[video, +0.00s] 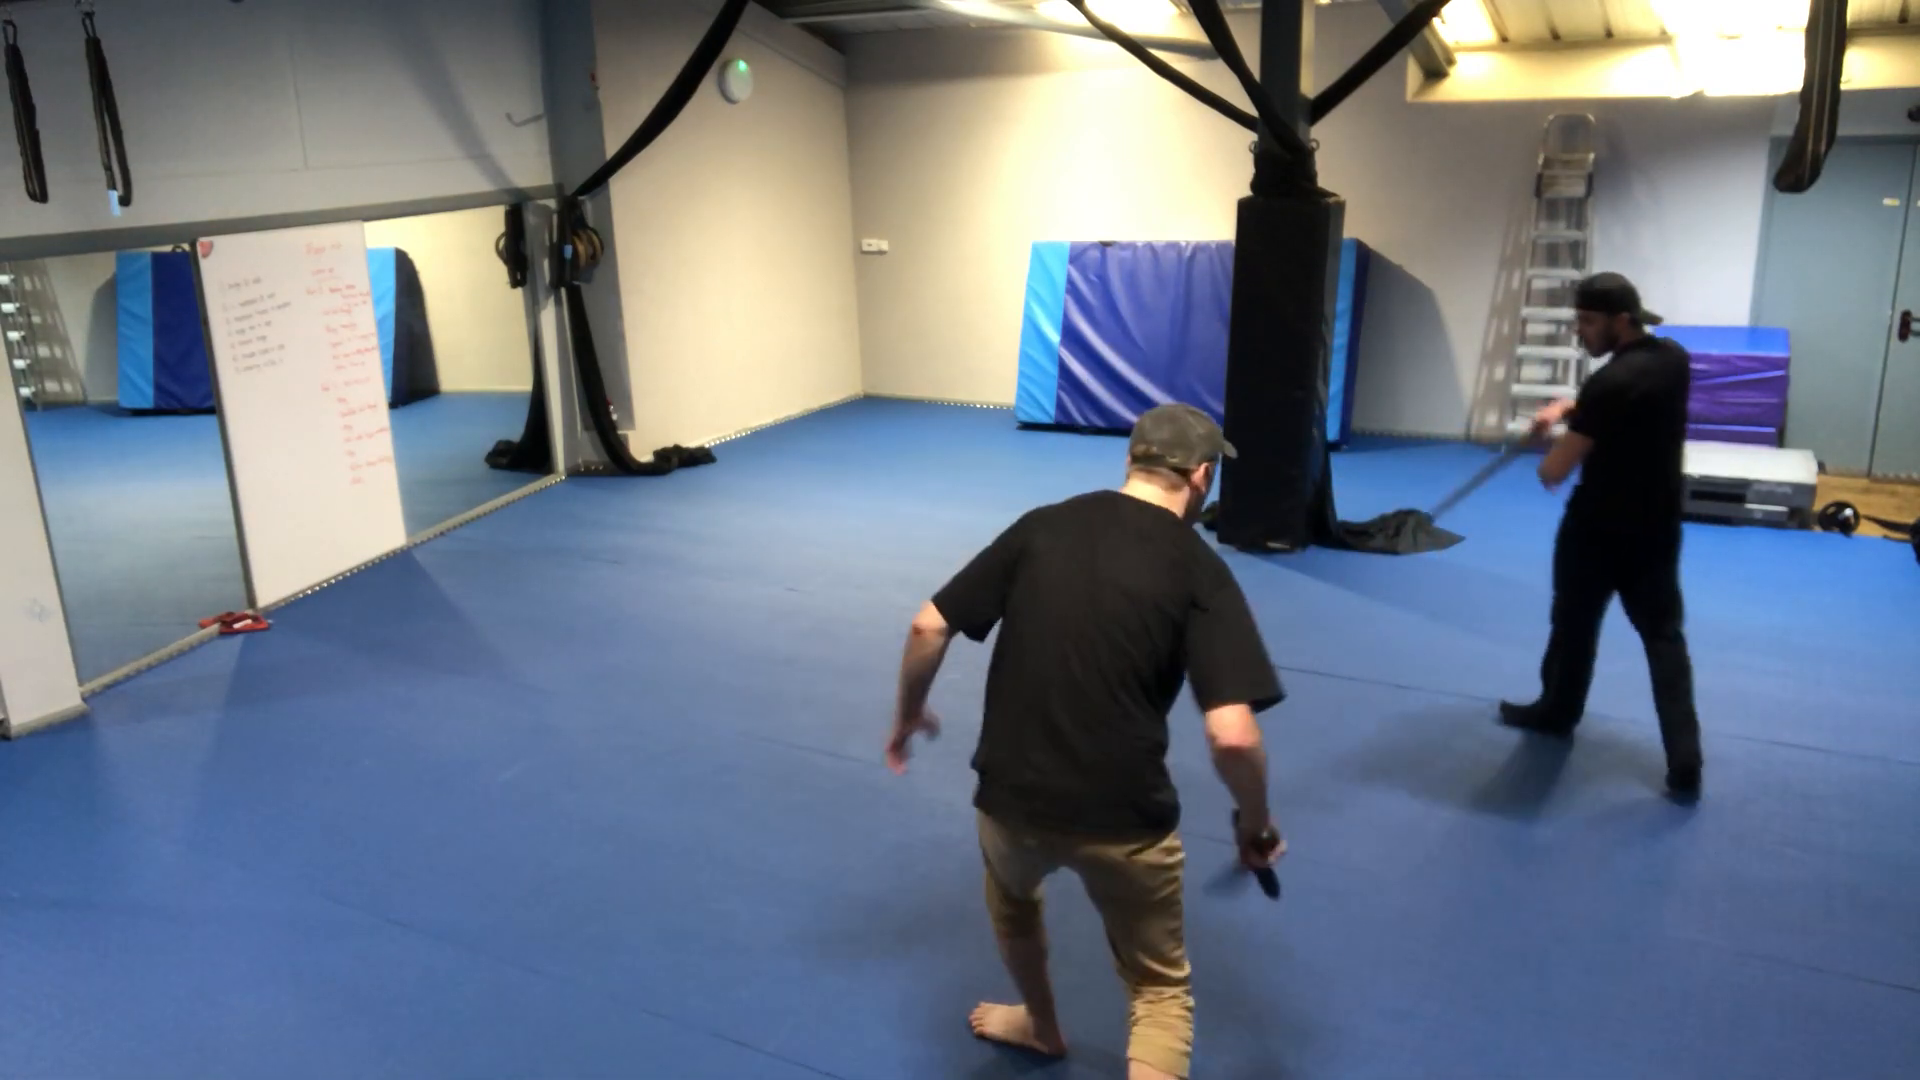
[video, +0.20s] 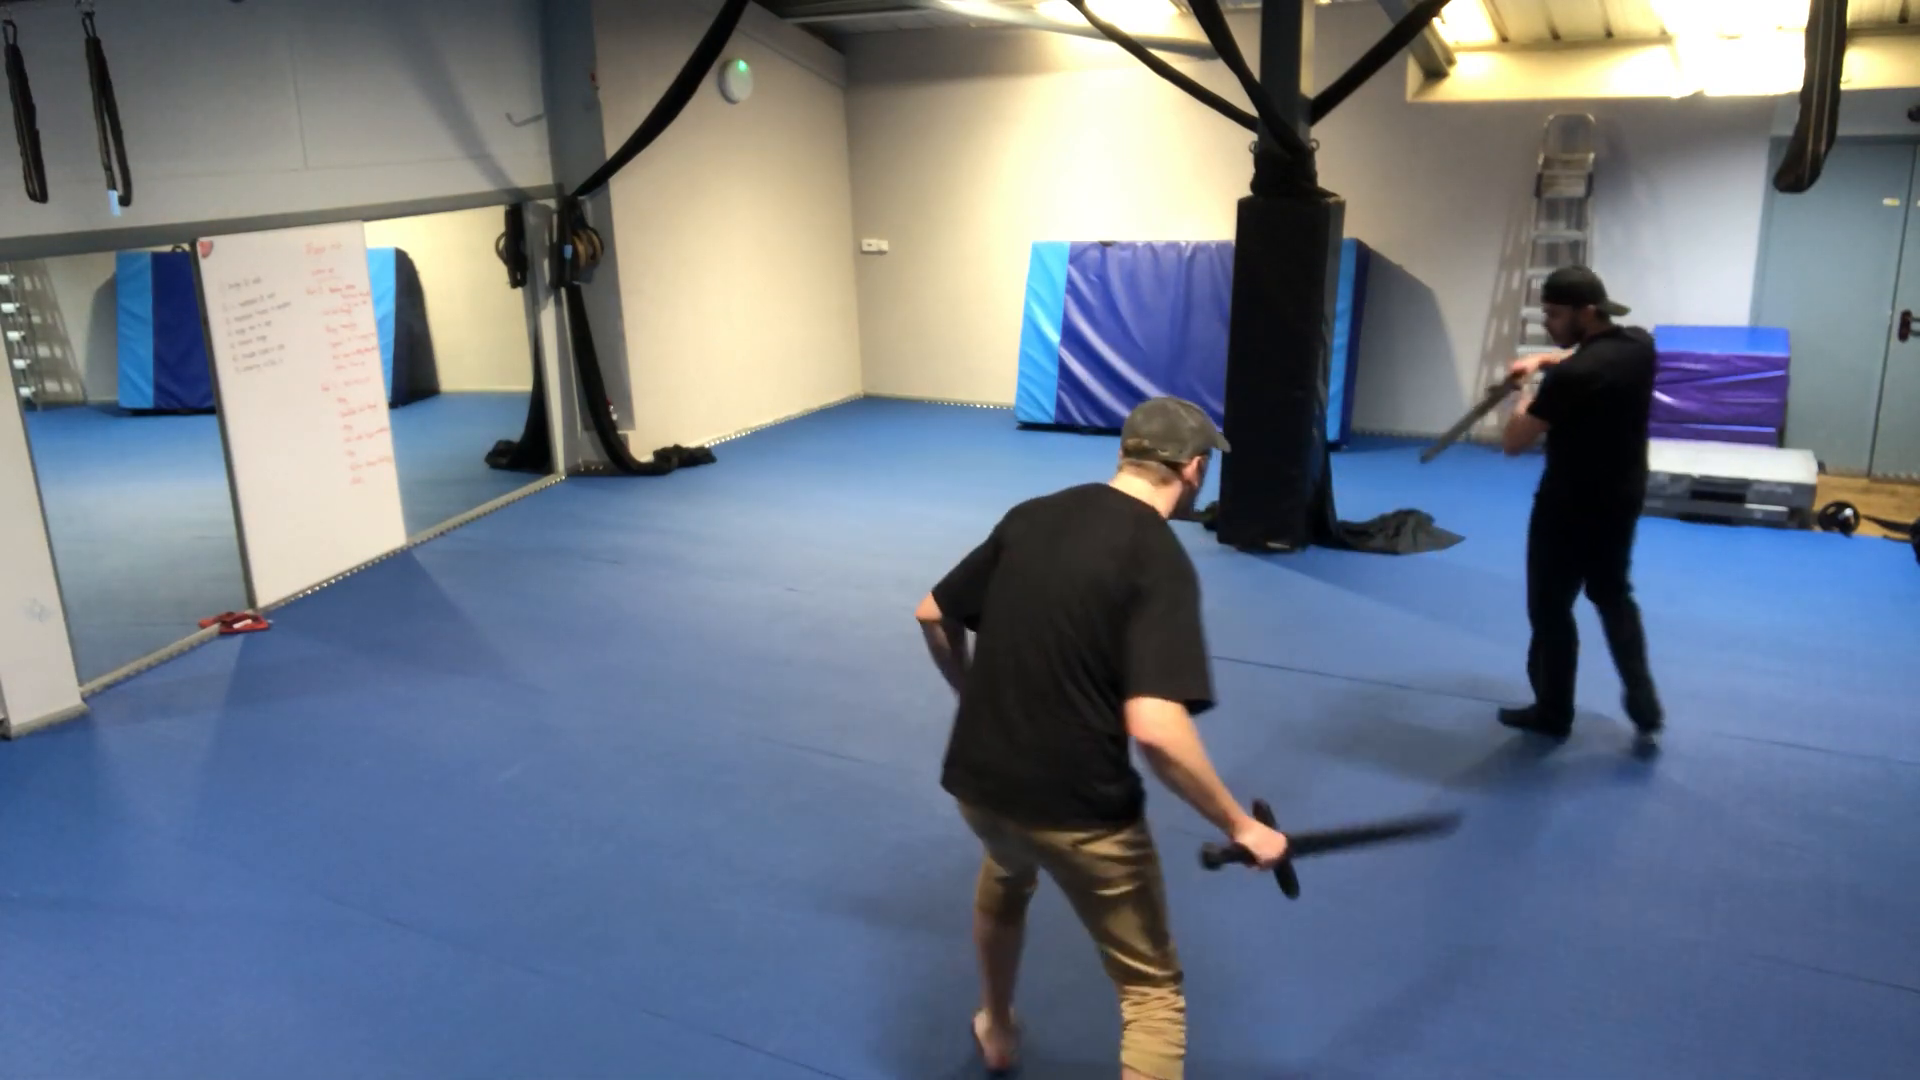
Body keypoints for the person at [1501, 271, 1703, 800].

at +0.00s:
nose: (1578, 332)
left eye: (1585, 322)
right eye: (1578, 321)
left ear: (1617, 321)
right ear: (1628, 320)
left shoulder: (1607, 384)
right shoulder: (1674, 359)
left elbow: (1553, 471)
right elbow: (1628, 413)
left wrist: (1552, 438)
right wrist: (1569, 411)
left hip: (1596, 526)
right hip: (1655, 525)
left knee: (1574, 623)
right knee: (1665, 637)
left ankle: (1557, 711)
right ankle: (1685, 767)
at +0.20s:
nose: (1547, 323)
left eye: (1552, 314)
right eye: (1546, 314)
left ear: (1585, 313)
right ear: (1596, 313)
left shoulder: (1569, 374)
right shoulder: (1640, 345)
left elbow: (1515, 438)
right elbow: (1591, 358)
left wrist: (1524, 394)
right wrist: (1539, 362)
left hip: (1567, 499)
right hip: (1622, 495)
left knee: (1550, 606)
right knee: (1610, 590)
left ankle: (1553, 711)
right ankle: (1643, 703)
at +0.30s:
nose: (1534, 322)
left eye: (1540, 313)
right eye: (1533, 312)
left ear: (1573, 311)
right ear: (1582, 312)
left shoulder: (1556, 372)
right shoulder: (1627, 342)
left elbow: (1495, 428)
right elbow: (1579, 362)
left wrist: (1510, 379)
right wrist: (1536, 355)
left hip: (1556, 497)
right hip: (1609, 493)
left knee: (1543, 603)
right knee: (1591, 583)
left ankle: (1552, 710)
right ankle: (1610, 692)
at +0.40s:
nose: (1524, 321)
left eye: (1530, 311)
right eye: (1523, 310)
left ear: (1561, 310)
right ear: (1570, 310)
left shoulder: (1545, 368)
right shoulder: (1613, 339)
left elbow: (1479, 423)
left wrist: (1501, 374)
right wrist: (1527, 353)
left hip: (1546, 498)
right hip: (1594, 493)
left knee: (1537, 599)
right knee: (1573, 581)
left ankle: (1549, 709)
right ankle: (1569, 678)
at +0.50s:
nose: (1515, 319)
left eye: (1522, 311)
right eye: (1513, 310)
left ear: (1552, 310)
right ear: (1562, 309)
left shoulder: (1535, 366)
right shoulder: (1602, 337)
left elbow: (1468, 420)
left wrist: (1496, 372)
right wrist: (1517, 357)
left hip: (1538, 493)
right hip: (1583, 485)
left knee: (1529, 596)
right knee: (1550, 581)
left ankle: (1548, 709)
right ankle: (1538, 675)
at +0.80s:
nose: (1498, 315)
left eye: (1504, 307)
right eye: (1495, 307)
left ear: (1535, 303)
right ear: (1542, 304)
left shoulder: (1515, 357)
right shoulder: (1573, 333)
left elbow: (1455, 407)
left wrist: (1481, 362)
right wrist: (1498, 338)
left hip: (1512, 481)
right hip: (1546, 473)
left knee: (1518, 588)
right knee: (1515, 572)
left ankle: (1549, 706)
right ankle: (1493, 651)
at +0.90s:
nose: (1491, 310)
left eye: (1498, 302)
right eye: (1488, 301)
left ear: (1528, 299)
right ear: (1535, 299)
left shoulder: (1510, 351)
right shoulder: (1563, 328)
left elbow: (1451, 402)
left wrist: (1471, 357)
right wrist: (1491, 335)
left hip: (1505, 473)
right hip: (1538, 466)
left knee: (1510, 577)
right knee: (1502, 564)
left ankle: (1546, 697)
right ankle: (1492, 650)